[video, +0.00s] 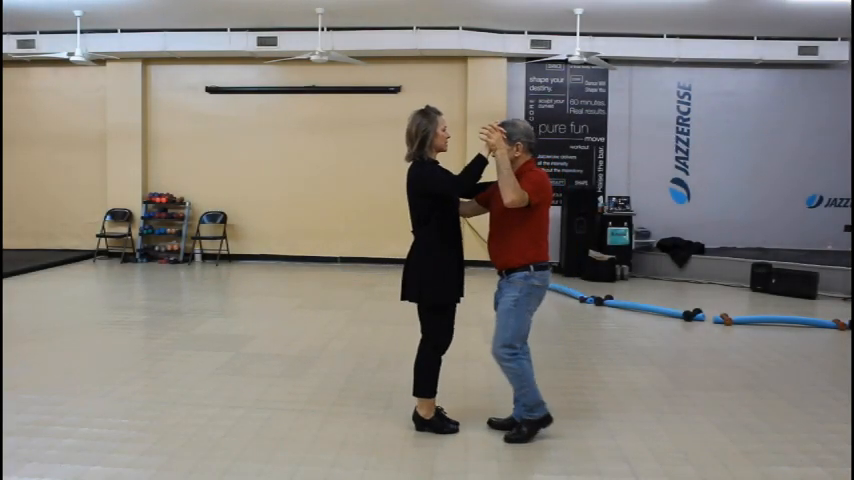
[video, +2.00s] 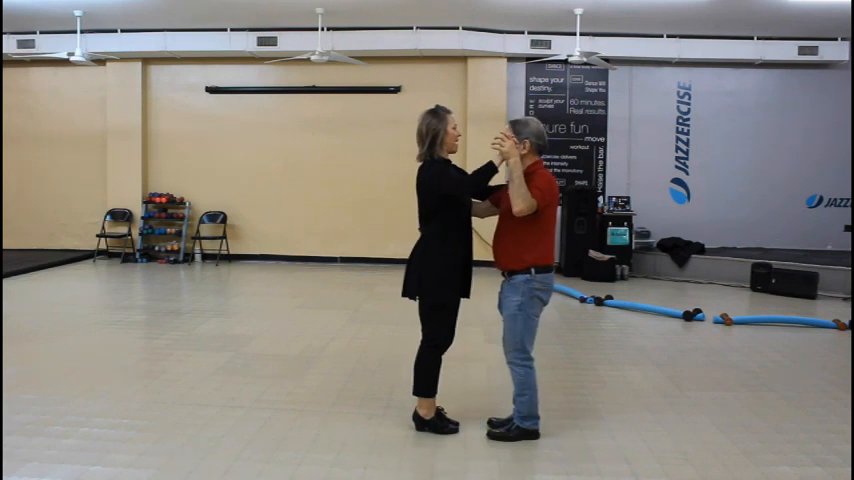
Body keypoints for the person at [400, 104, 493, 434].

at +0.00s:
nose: (447, 134)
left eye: (446, 129)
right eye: (442, 129)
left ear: (426, 135)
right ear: (427, 134)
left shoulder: (430, 169)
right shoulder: (424, 171)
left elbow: (465, 191)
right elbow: (460, 186)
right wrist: (484, 154)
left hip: (438, 268)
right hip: (433, 269)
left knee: (437, 337)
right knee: (436, 338)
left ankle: (426, 407)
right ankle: (425, 410)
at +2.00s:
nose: (459, 133)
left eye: (457, 127)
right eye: (453, 128)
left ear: (440, 133)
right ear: (439, 134)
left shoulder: (440, 168)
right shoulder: (436, 171)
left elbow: (474, 195)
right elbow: (469, 186)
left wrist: (508, 181)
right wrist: (496, 161)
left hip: (441, 267)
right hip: (437, 268)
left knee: (437, 338)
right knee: (435, 339)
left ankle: (427, 408)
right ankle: (424, 411)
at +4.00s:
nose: (460, 132)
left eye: (459, 127)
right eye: (455, 127)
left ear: (441, 132)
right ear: (440, 133)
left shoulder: (442, 167)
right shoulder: (438, 170)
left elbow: (472, 188)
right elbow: (472, 185)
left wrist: (505, 171)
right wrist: (501, 160)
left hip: (443, 267)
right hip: (439, 269)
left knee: (439, 338)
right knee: (438, 339)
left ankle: (427, 408)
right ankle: (425, 411)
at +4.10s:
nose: (460, 134)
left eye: (458, 128)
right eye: (455, 129)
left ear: (440, 133)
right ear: (440, 133)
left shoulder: (439, 168)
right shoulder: (436, 170)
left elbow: (471, 193)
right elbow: (469, 186)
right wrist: (498, 161)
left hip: (441, 267)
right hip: (438, 268)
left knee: (441, 337)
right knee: (441, 338)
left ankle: (428, 408)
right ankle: (425, 411)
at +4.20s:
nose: (459, 136)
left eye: (458, 130)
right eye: (454, 130)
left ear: (439, 133)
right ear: (438, 134)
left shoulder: (438, 168)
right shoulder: (433, 171)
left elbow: (469, 195)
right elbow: (466, 187)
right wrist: (495, 163)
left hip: (439, 267)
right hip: (435, 268)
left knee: (443, 335)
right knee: (443, 336)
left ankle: (428, 407)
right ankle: (426, 410)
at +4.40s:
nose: (453, 139)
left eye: (452, 133)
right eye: (448, 134)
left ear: (432, 138)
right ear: (433, 138)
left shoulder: (436, 173)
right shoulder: (425, 174)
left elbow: (464, 200)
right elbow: (455, 190)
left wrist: (498, 189)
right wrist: (485, 165)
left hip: (435, 270)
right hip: (421, 272)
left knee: (446, 336)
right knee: (445, 337)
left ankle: (429, 406)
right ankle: (410, 404)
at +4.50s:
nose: (446, 138)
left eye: (444, 133)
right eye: (440, 134)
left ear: (423, 140)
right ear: (424, 140)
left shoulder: (429, 176)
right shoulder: (419, 177)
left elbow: (457, 202)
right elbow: (444, 196)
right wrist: (473, 170)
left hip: (431, 274)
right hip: (415, 276)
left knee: (443, 335)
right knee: (437, 336)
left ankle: (428, 406)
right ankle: (376, 392)